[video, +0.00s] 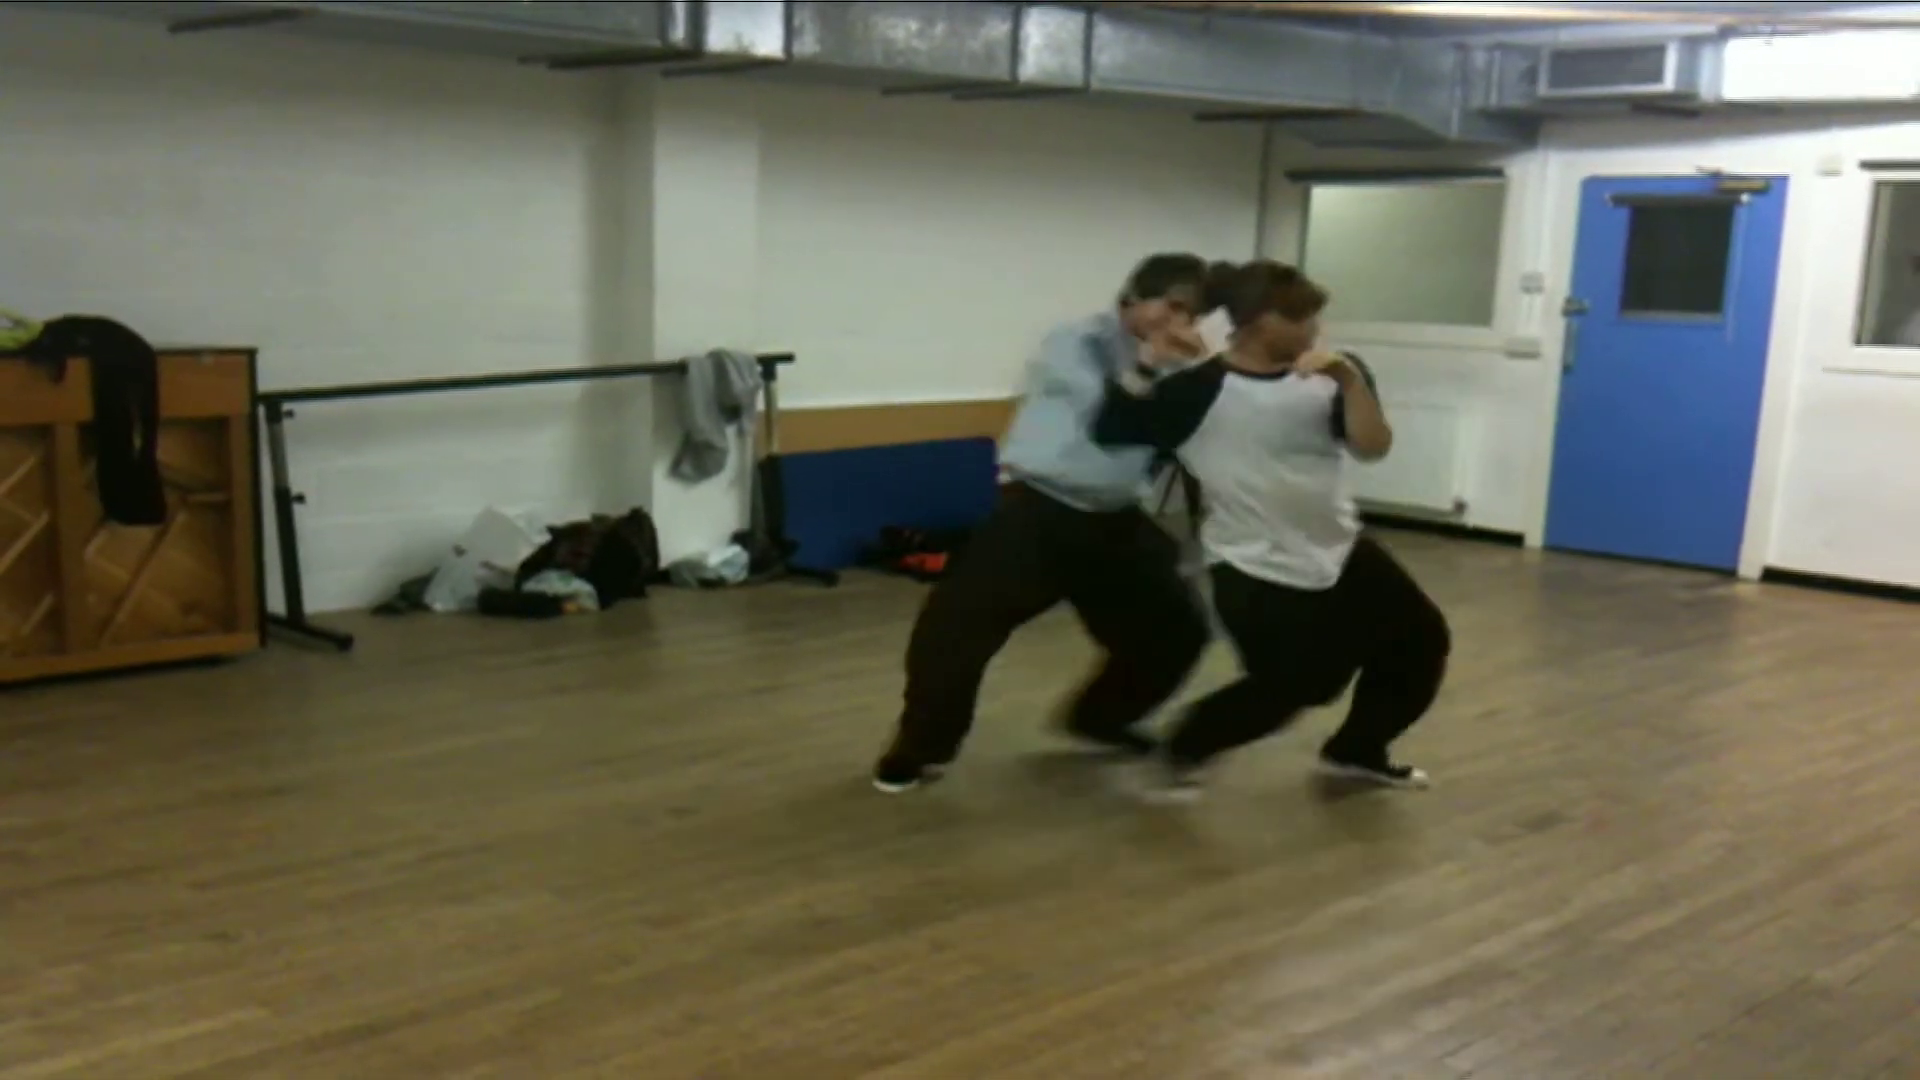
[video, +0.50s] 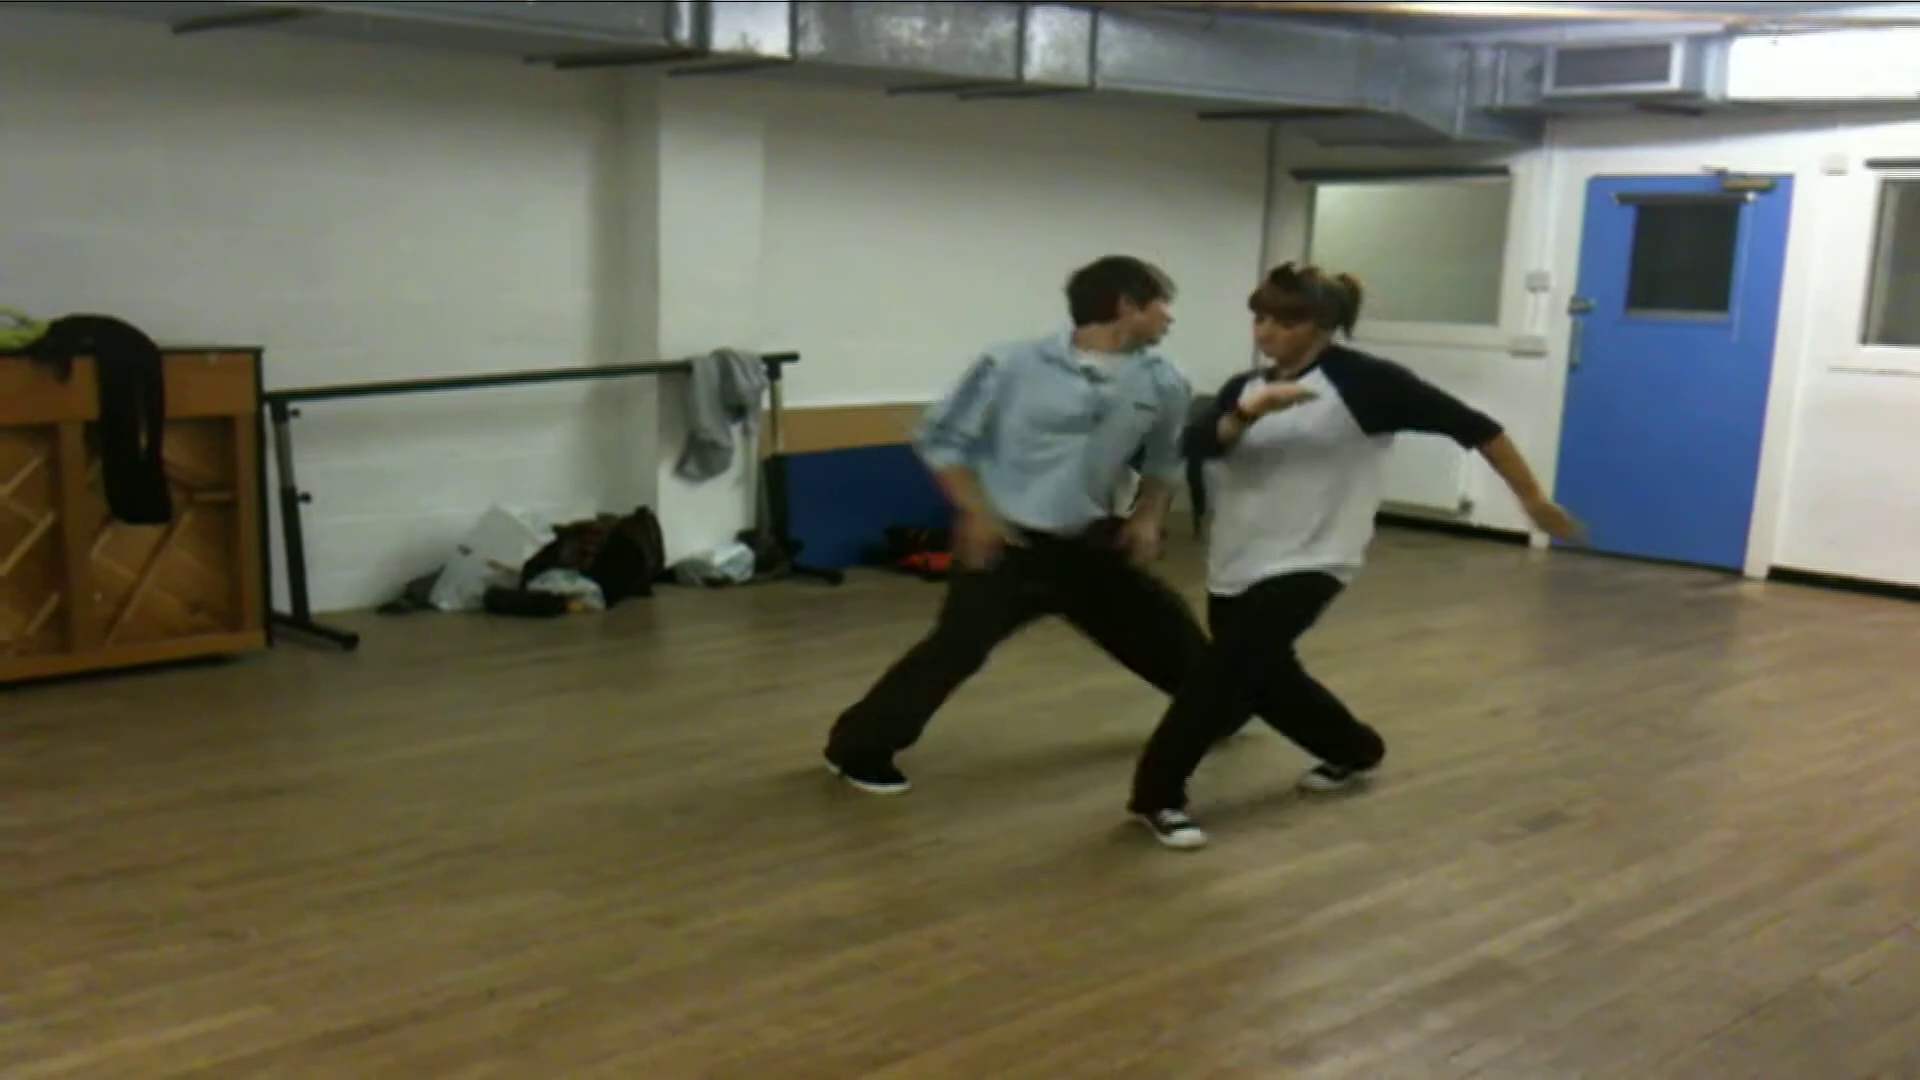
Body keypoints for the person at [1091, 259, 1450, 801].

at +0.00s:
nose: (1311, 330)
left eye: (1312, 318)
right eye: (1299, 318)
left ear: (1270, 324)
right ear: (1260, 322)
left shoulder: (1324, 386)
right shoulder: (1199, 391)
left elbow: (1372, 446)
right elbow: (1108, 428)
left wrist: (1350, 378)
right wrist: (1149, 363)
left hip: (1336, 552)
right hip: (1253, 565)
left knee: (1418, 640)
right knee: (1305, 676)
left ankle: (1358, 751)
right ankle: (1180, 748)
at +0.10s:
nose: (1314, 321)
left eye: (1320, 308)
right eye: (1298, 309)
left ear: (1327, 309)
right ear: (1259, 312)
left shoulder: (1353, 373)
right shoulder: (1214, 381)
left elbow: (1390, 463)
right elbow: (1189, 475)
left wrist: (1357, 424)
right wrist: (1181, 419)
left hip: (1361, 543)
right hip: (1270, 558)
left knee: (1401, 651)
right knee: (1324, 668)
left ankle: (1409, 748)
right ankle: (1309, 739)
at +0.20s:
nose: (1288, 321)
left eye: (1302, 310)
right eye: (1276, 308)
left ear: (1321, 315)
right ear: (1253, 310)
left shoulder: (1359, 373)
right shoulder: (1212, 385)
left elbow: (1444, 444)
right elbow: (1223, 485)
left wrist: (1422, 450)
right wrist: (1216, 454)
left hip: (1357, 549)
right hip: (1267, 566)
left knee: (1390, 659)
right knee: (1308, 675)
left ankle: (1417, 738)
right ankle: (1342, 746)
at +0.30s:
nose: (1261, 324)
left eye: (1278, 314)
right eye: (1255, 312)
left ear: (1314, 325)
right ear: (1246, 314)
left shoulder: (1353, 378)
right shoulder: (1222, 394)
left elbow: (1437, 411)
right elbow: (1204, 490)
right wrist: (1223, 468)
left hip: (1335, 549)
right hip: (1249, 562)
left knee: (1312, 655)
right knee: (1283, 678)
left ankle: (1368, 745)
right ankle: (1336, 757)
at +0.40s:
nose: (1257, 336)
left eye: (1274, 326)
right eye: (1254, 323)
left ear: (1312, 334)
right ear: (1247, 324)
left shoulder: (1351, 386)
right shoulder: (1235, 403)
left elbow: (1478, 426)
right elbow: (1212, 486)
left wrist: (1549, 507)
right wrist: (1230, 457)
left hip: (1329, 553)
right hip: (1243, 566)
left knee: (1249, 643)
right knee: (1261, 680)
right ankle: (1346, 754)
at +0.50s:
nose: (1263, 332)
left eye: (1280, 322)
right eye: (1260, 318)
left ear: (1319, 330)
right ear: (1255, 320)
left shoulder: (1363, 381)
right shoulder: (1242, 389)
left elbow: (1478, 429)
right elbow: (1199, 444)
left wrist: (1538, 505)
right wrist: (1244, 414)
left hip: (1314, 560)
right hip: (1235, 565)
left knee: (1229, 666)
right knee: (1262, 679)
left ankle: (1155, 794)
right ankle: (1356, 751)